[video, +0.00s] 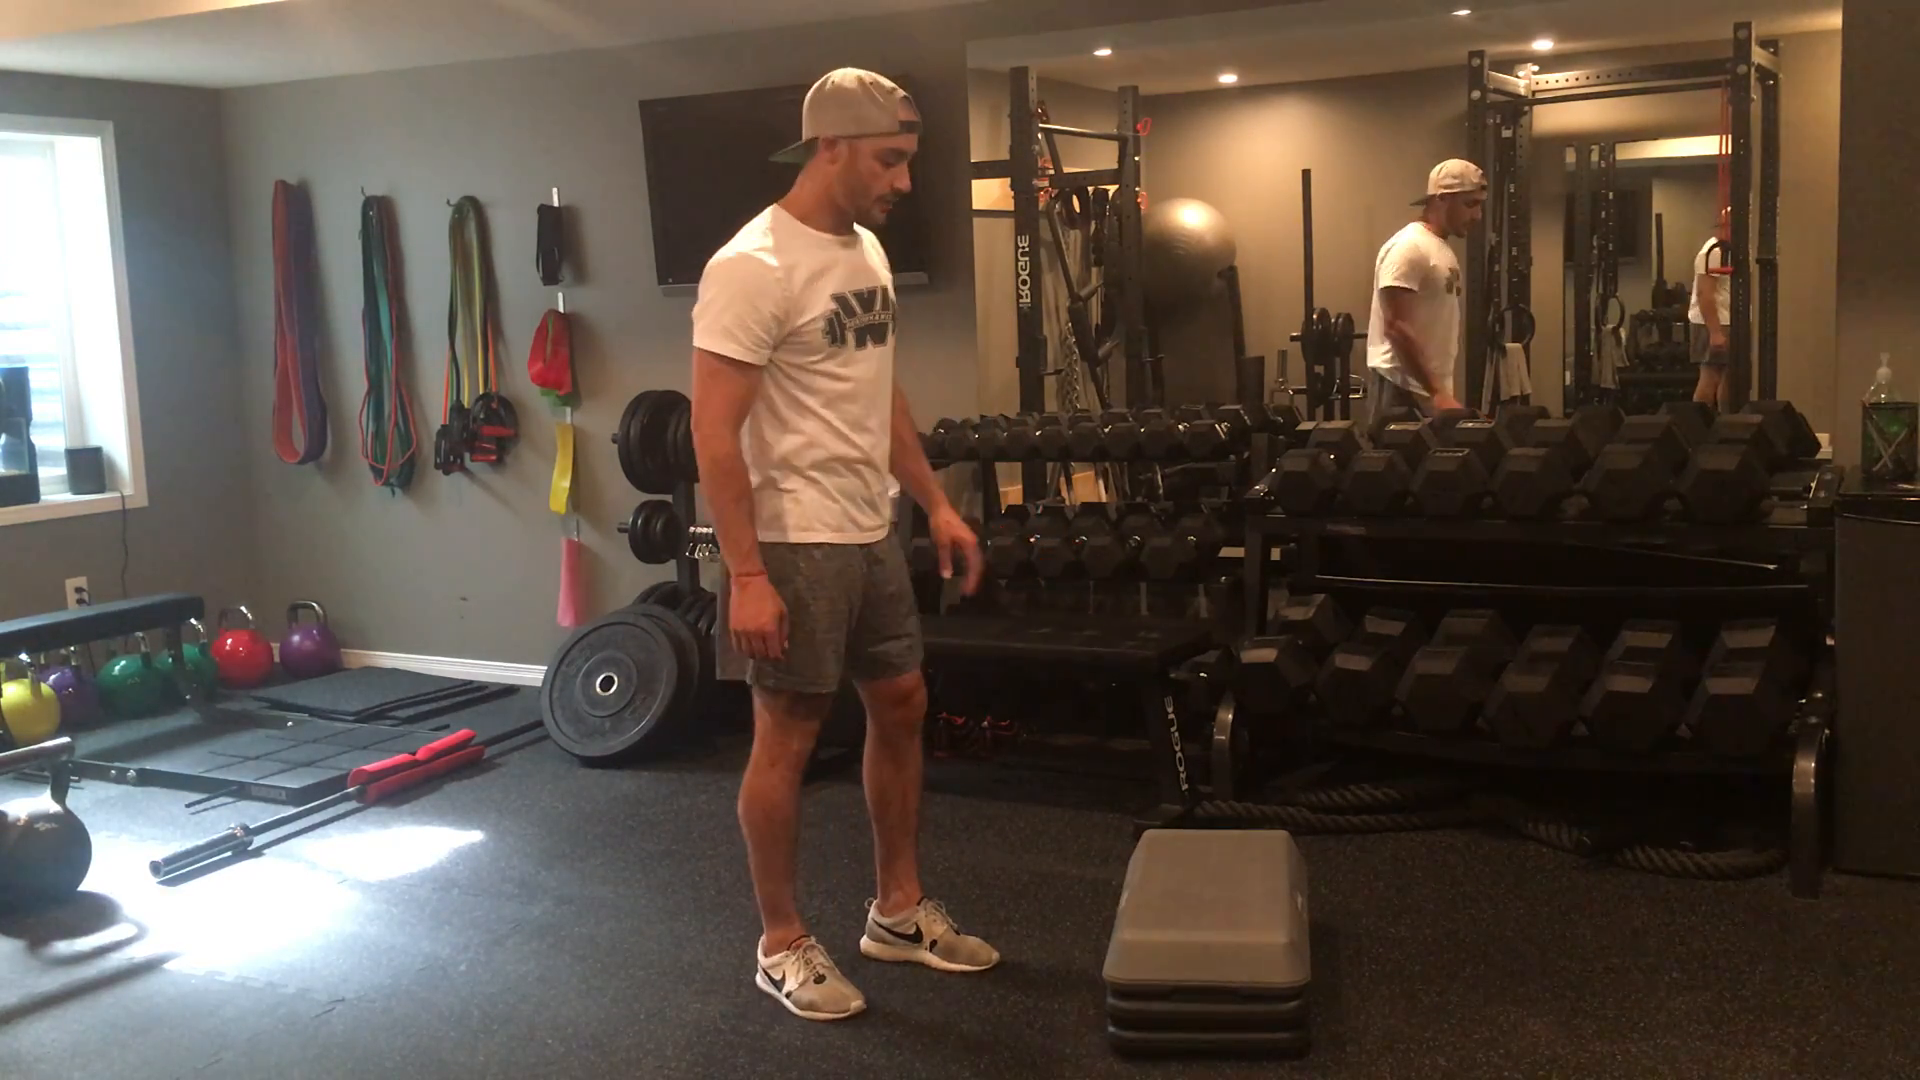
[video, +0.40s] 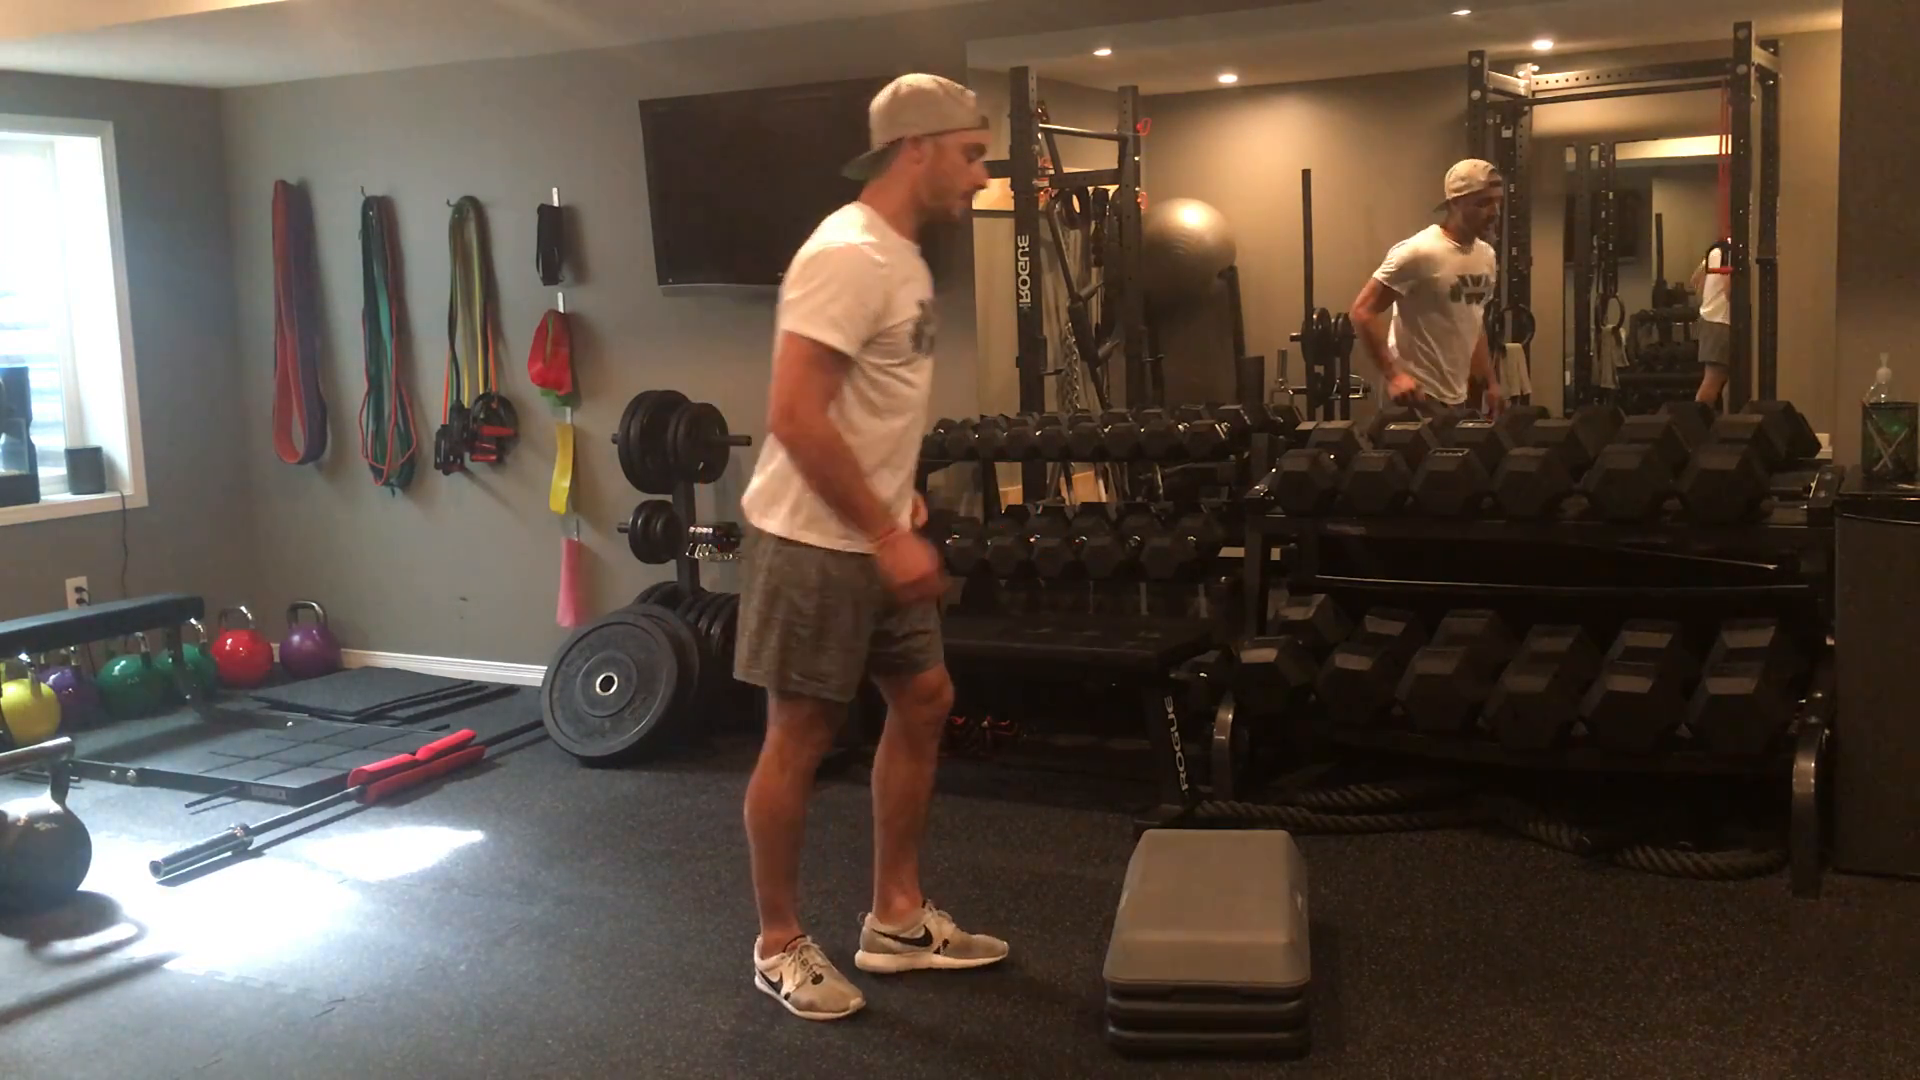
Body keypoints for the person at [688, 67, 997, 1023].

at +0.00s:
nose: (904, 179)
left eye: (907, 160)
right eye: (891, 159)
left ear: (854, 157)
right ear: (832, 152)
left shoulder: (865, 252)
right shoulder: (749, 266)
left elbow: (879, 395)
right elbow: (711, 432)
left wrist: (936, 503)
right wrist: (746, 572)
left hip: (872, 533)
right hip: (790, 543)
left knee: (900, 708)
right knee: (784, 742)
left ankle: (900, 909)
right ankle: (782, 943)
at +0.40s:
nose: (983, 176)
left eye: (985, 158)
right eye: (973, 156)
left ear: (920, 156)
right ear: (919, 153)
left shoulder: (900, 257)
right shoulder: (845, 253)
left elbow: (865, 411)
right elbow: (796, 415)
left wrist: (902, 503)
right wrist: (886, 531)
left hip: (880, 537)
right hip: (813, 541)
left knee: (923, 705)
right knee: (796, 738)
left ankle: (897, 917)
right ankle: (777, 943)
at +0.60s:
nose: (1056, 192)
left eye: (1054, 174)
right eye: (1044, 173)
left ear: (995, 179)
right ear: (990, 176)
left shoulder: (970, 270)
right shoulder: (924, 261)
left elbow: (913, 413)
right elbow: (851, 405)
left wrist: (958, 498)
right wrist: (947, 512)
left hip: (918, 541)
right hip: (876, 542)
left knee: (959, 736)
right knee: (963, 737)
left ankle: (902, 926)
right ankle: (815, 905)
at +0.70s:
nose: (1086, 197)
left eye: (1085, 180)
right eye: (1073, 179)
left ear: (1021, 188)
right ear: (1018, 184)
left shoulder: (998, 284)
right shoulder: (951, 271)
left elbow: (944, 423)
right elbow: (848, 389)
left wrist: (1020, 481)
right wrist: (942, 501)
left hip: (927, 539)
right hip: (903, 541)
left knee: (973, 724)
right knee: (1079, 676)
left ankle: (906, 925)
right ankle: (914, 839)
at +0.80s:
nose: (1111, 131)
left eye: (1109, 113)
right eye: (1097, 112)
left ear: (1047, 127)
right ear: (1043, 125)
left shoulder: (1035, 228)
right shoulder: (973, 215)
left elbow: (967, 331)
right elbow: (859, 325)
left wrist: (1055, 361)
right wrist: (963, 425)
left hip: (951, 490)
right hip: (943, 494)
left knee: (962, 689)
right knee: (1133, 604)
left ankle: (915, 904)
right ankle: (1050, 817)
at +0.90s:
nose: (1137, 83)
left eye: (1134, 64)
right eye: (1120, 65)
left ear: (1072, 83)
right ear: (1062, 81)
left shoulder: (1057, 183)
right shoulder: (1003, 175)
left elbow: (1001, 296)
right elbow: (908, 303)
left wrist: (1081, 324)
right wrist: (1024, 396)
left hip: (976, 449)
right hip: (989, 450)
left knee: (1034, 642)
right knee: (1152, 606)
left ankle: (945, 853)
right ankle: (1114, 839)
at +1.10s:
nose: (1170, 52)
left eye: (1168, 32)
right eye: (1154, 30)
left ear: (1102, 46)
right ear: (1093, 42)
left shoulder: (1090, 145)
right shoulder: (1053, 140)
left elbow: (1044, 297)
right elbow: (1008, 300)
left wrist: (1123, 361)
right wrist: (1130, 360)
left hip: (1061, 418)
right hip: (1027, 427)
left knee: (1164, 578)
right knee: (1143, 614)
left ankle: (1074, 795)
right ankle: (1111, 848)